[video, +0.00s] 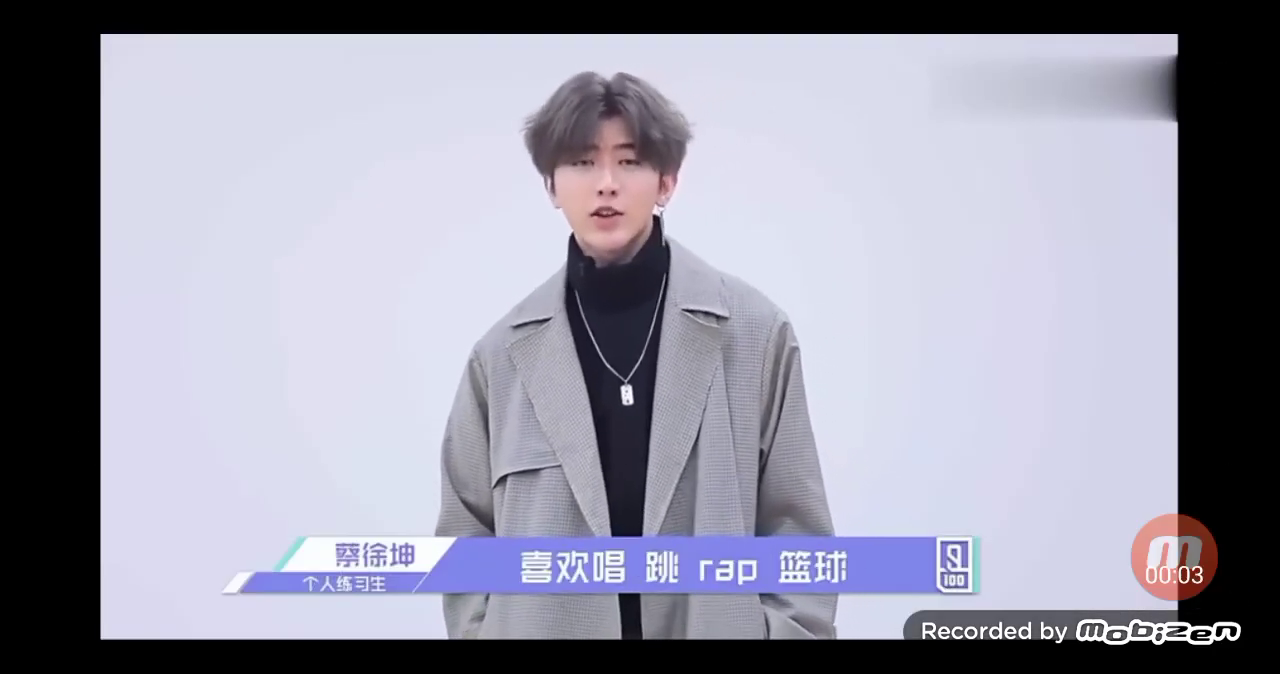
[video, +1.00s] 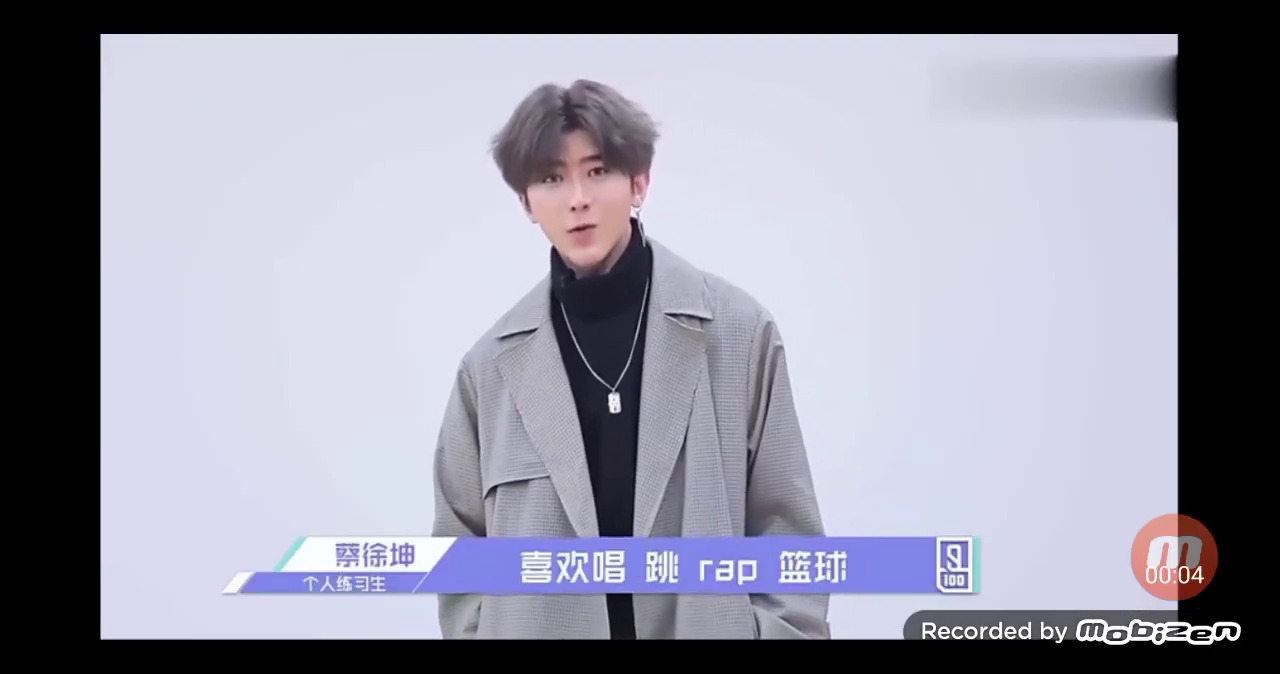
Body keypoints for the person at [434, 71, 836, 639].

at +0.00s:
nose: (606, 183)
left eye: (628, 162)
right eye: (582, 162)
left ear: (665, 183)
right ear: (553, 185)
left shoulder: (757, 333)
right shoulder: (497, 356)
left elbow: (800, 530)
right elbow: (462, 536)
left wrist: (784, 631)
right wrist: (480, 627)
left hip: (712, 629)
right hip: (547, 631)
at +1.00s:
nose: (577, 199)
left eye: (599, 171)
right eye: (552, 178)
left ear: (638, 186)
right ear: (527, 201)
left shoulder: (740, 332)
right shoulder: (487, 365)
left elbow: (791, 533)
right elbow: (456, 549)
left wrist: (777, 630)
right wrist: (477, 629)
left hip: (704, 629)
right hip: (541, 631)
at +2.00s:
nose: (715, 199)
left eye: (735, 171)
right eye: (690, 182)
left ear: (782, 183)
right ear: (671, 205)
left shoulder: (855, 358)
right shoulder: (600, 339)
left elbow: (889, 555)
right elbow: (554, 513)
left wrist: (862, 631)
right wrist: (522, 403)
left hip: (792, 627)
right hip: (641, 626)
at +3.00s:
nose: (628, 195)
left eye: (649, 172)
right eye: (607, 179)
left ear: (698, 185)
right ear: (588, 198)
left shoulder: (775, 318)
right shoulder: (565, 318)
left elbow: (842, 469)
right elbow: (554, 461)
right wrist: (537, 595)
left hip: (718, 619)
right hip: (587, 624)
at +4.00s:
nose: (513, 174)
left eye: (542, 157)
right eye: (510, 157)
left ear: (600, 191)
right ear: (499, 172)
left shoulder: (662, 313)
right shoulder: (476, 301)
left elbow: (772, 431)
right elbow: (408, 317)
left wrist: (768, 530)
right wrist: (370, 164)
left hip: (650, 608)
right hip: (530, 616)